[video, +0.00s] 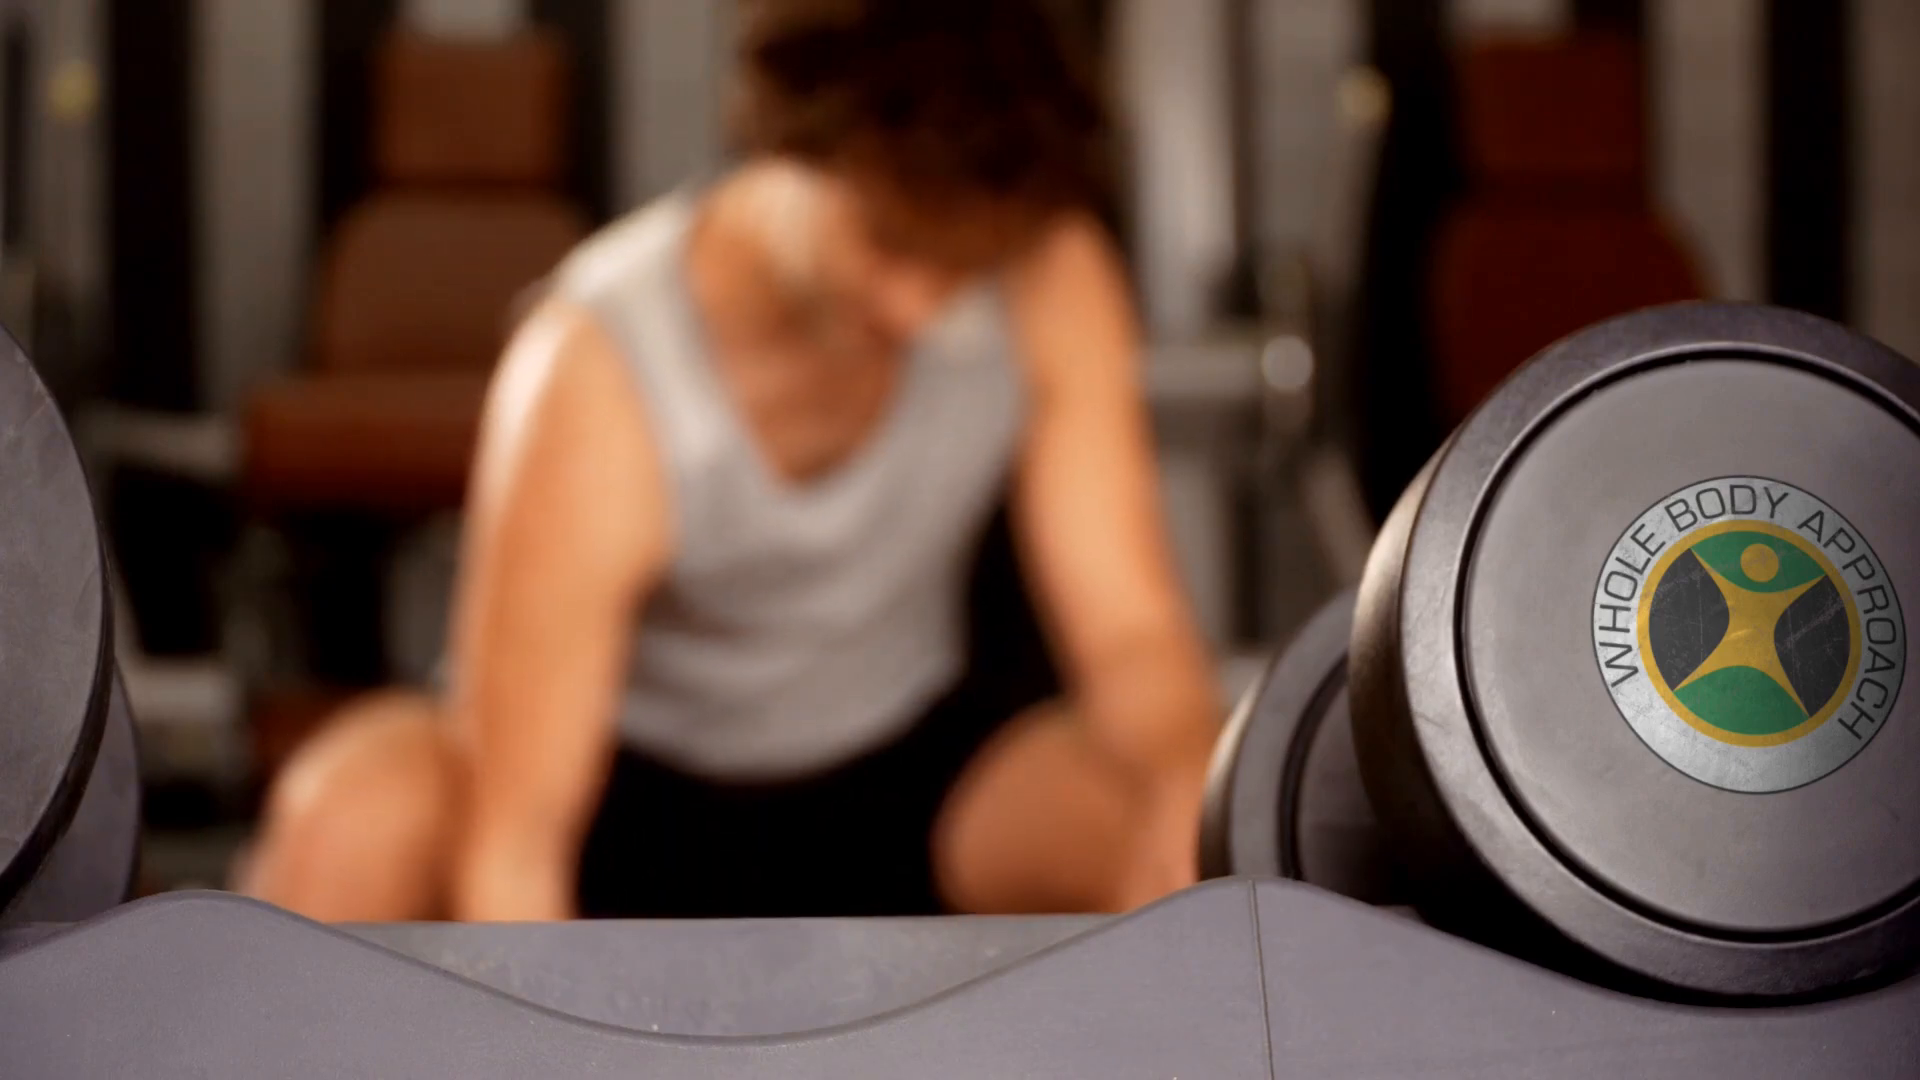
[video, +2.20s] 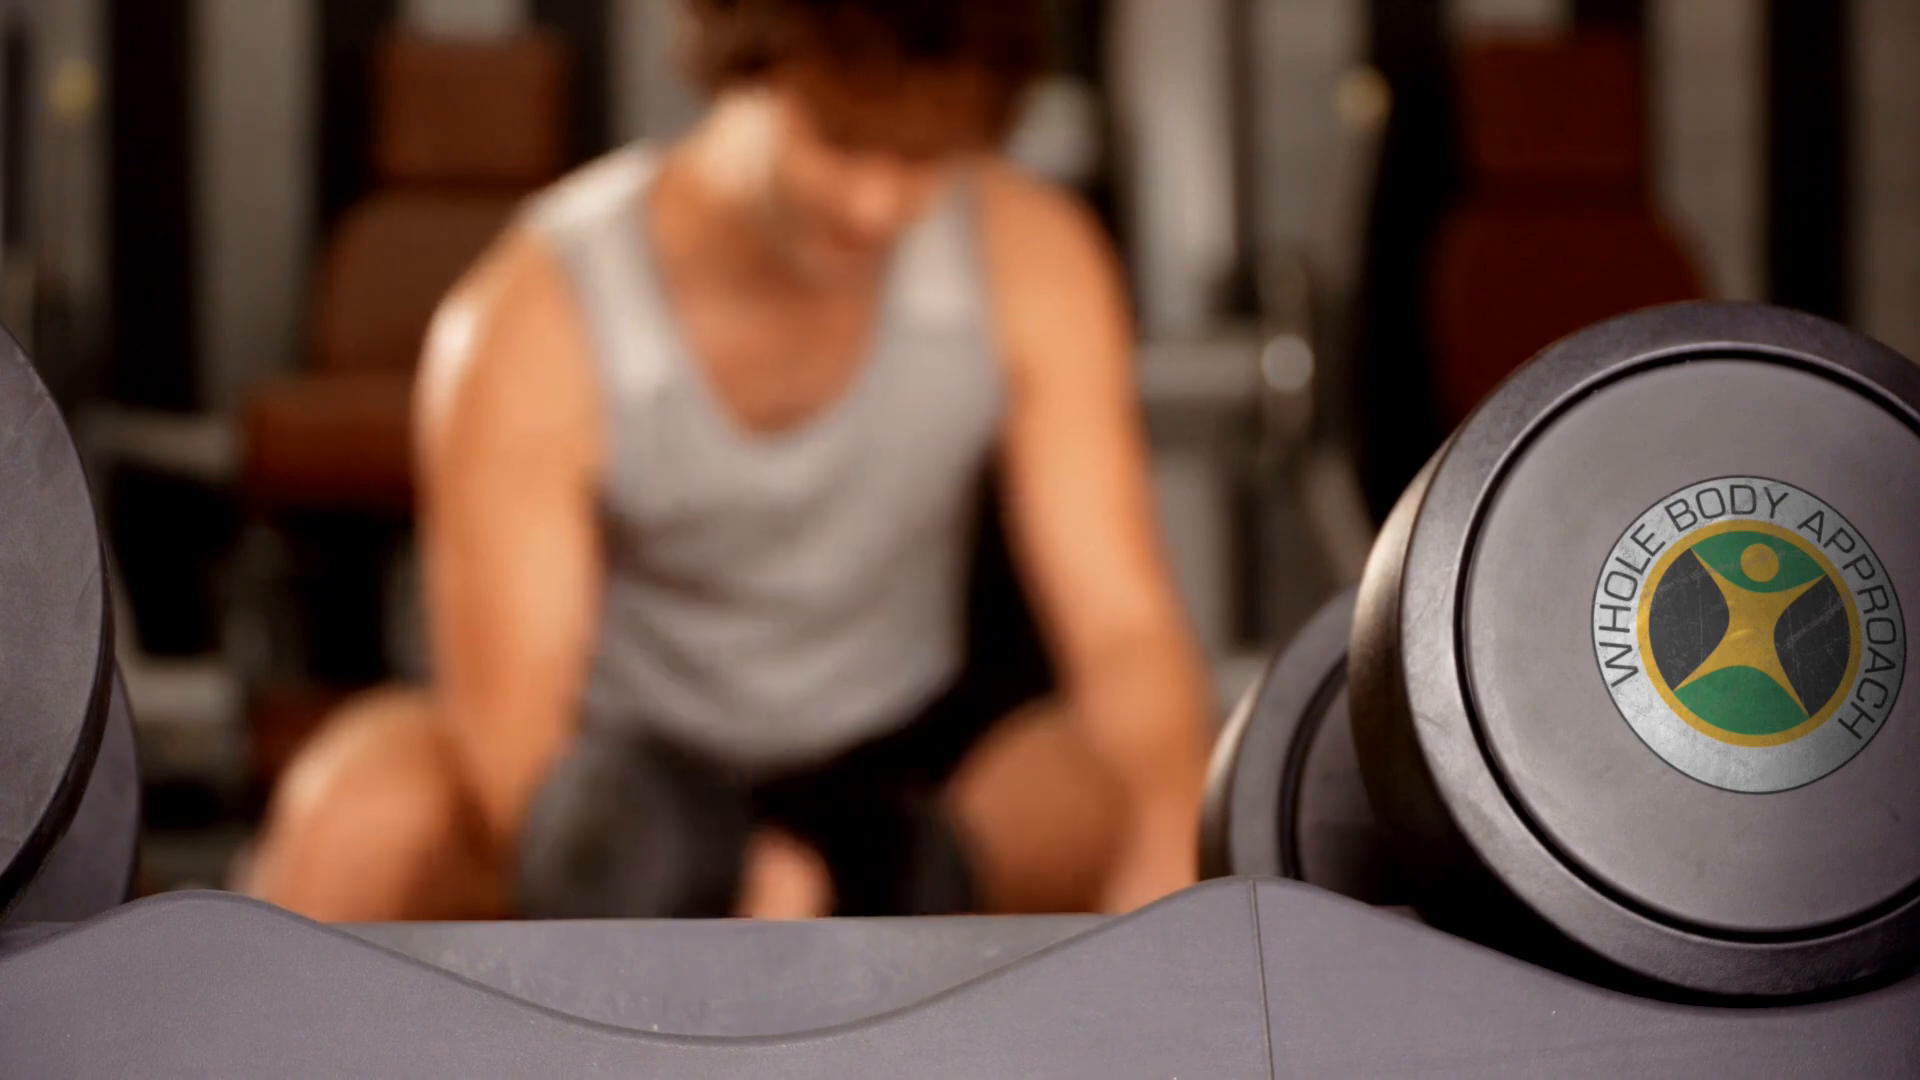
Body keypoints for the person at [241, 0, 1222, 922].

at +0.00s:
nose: (920, 310)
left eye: (970, 264)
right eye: (890, 246)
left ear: (1023, 221)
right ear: (794, 153)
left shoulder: (1043, 266)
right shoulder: (591, 367)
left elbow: (1132, 642)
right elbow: (519, 834)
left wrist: (1202, 833)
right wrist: (533, 1077)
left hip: (901, 783)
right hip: (621, 800)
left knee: (1196, 813)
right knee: (354, 797)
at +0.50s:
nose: (919, 259)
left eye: (971, 212)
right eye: (887, 197)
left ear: (1015, 168)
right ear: (790, 107)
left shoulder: (1045, 253)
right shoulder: (594, 322)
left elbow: (1128, 639)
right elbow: (504, 773)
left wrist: (1182, 854)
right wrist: (688, 1018)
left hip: (899, 781)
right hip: (627, 792)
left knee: (1190, 812)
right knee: (357, 792)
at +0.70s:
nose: (910, 235)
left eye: (961, 187)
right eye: (876, 171)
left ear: (1013, 155)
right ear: (780, 81)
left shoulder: (1042, 256)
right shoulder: (571, 308)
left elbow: (1135, 642)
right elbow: (509, 750)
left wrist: (1183, 842)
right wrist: (732, 870)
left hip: (907, 786)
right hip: (625, 792)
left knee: (1202, 781)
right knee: (368, 797)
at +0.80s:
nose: (907, 231)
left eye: (957, 183)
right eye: (873, 166)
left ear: (1010, 151)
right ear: (778, 77)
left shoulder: (1036, 257)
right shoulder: (556, 308)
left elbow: (1134, 641)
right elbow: (516, 733)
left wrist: (1183, 840)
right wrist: (850, 822)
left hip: (899, 803)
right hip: (623, 798)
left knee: (1188, 784)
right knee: (374, 789)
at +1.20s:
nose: (864, 231)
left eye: (910, 181)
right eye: (829, 168)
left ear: (959, 146)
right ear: (725, 89)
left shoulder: (999, 257)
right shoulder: (477, 320)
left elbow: (1120, 633)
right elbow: (523, 746)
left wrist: (1186, 883)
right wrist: (747, 691)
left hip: (895, 787)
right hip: (600, 796)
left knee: (1167, 811)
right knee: (372, 810)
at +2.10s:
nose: (872, 205)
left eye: (920, 157)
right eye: (838, 145)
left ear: (977, 121)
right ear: (740, 67)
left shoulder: (1017, 249)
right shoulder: (513, 316)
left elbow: (1123, 632)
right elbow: (528, 753)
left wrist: (1172, 864)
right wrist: (846, 749)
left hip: (888, 809)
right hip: (610, 818)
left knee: (1182, 790)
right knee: (371, 781)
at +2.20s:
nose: (874, 205)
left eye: (923, 159)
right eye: (842, 144)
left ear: (981, 128)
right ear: (748, 68)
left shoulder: (1029, 252)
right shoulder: (529, 325)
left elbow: (1123, 633)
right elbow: (516, 758)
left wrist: (1162, 863)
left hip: (909, 776)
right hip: (627, 784)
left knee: (1197, 787)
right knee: (358, 796)